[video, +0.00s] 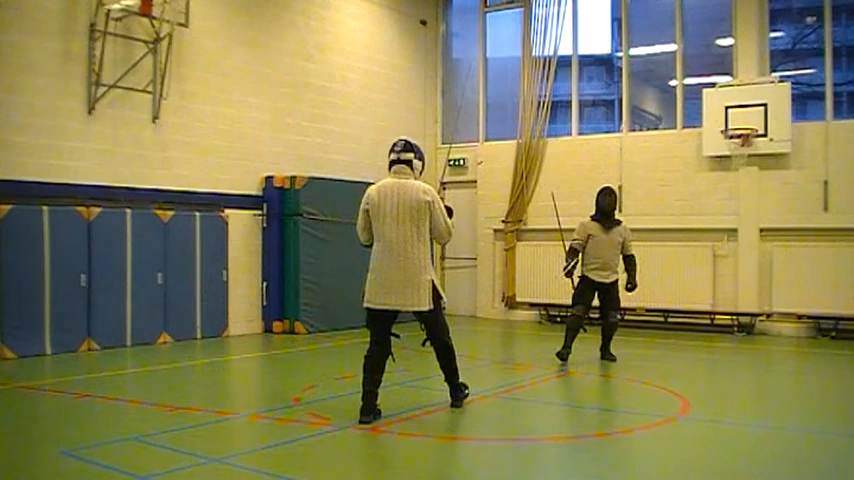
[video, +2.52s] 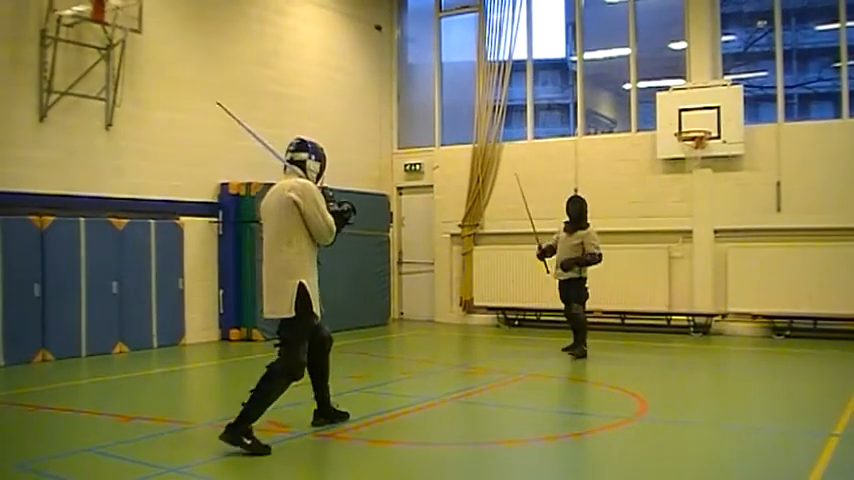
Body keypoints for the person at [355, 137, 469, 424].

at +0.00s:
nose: (420, 167)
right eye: (420, 163)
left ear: (390, 162)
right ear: (417, 163)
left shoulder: (373, 192)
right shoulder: (426, 193)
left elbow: (364, 238)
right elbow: (444, 235)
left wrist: (389, 229)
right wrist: (444, 213)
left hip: (381, 283)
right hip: (419, 283)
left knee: (378, 343)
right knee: (440, 337)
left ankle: (368, 407)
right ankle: (455, 390)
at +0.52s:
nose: (420, 167)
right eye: (420, 163)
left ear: (390, 162)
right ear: (417, 163)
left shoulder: (373, 192)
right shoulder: (426, 193)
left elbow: (364, 238)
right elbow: (444, 235)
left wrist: (389, 229)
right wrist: (444, 213)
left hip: (381, 283)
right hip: (419, 283)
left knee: (378, 343)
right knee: (440, 337)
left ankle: (368, 407)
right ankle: (455, 390)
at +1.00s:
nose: (391, 155)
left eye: (391, 150)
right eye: (391, 150)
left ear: (360, 147)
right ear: (386, 149)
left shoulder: (341, 180)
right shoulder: (384, 176)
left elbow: (354, 220)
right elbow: (406, 221)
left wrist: (392, 198)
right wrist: (407, 194)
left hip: (344, 278)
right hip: (376, 277)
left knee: (367, 340)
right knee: (394, 342)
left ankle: (366, 407)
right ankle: (361, 403)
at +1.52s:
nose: (323, 158)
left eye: (323, 152)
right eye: (322, 151)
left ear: (290, 147)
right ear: (313, 149)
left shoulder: (271, 182)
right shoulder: (307, 177)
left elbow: (288, 224)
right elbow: (330, 226)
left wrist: (326, 194)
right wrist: (335, 197)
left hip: (275, 283)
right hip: (298, 284)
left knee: (314, 348)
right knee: (292, 356)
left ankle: (338, 409)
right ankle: (253, 434)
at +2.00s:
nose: (258, 158)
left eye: (259, 152)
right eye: (258, 151)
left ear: (224, 147)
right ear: (248, 150)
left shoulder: (203, 185)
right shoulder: (246, 179)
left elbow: (220, 225)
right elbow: (270, 227)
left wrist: (259, 196)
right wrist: (274, 202)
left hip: (217, 285)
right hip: (244, 285)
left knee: (270, 343)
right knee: (246, 360)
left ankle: (258, 417)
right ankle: (207, 438)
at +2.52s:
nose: (321, 173)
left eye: (320, 167)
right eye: (320, 166)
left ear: (290, 163)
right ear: (312, 164)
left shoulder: (271, 194)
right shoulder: (304, 188)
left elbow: (294, 237)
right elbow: (326, 234)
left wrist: (328, 215)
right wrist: (337, 217)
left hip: (277, 293)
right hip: (298, 293)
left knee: (321, 341)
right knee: (292, 364)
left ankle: (324, 408)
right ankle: (240, 427)